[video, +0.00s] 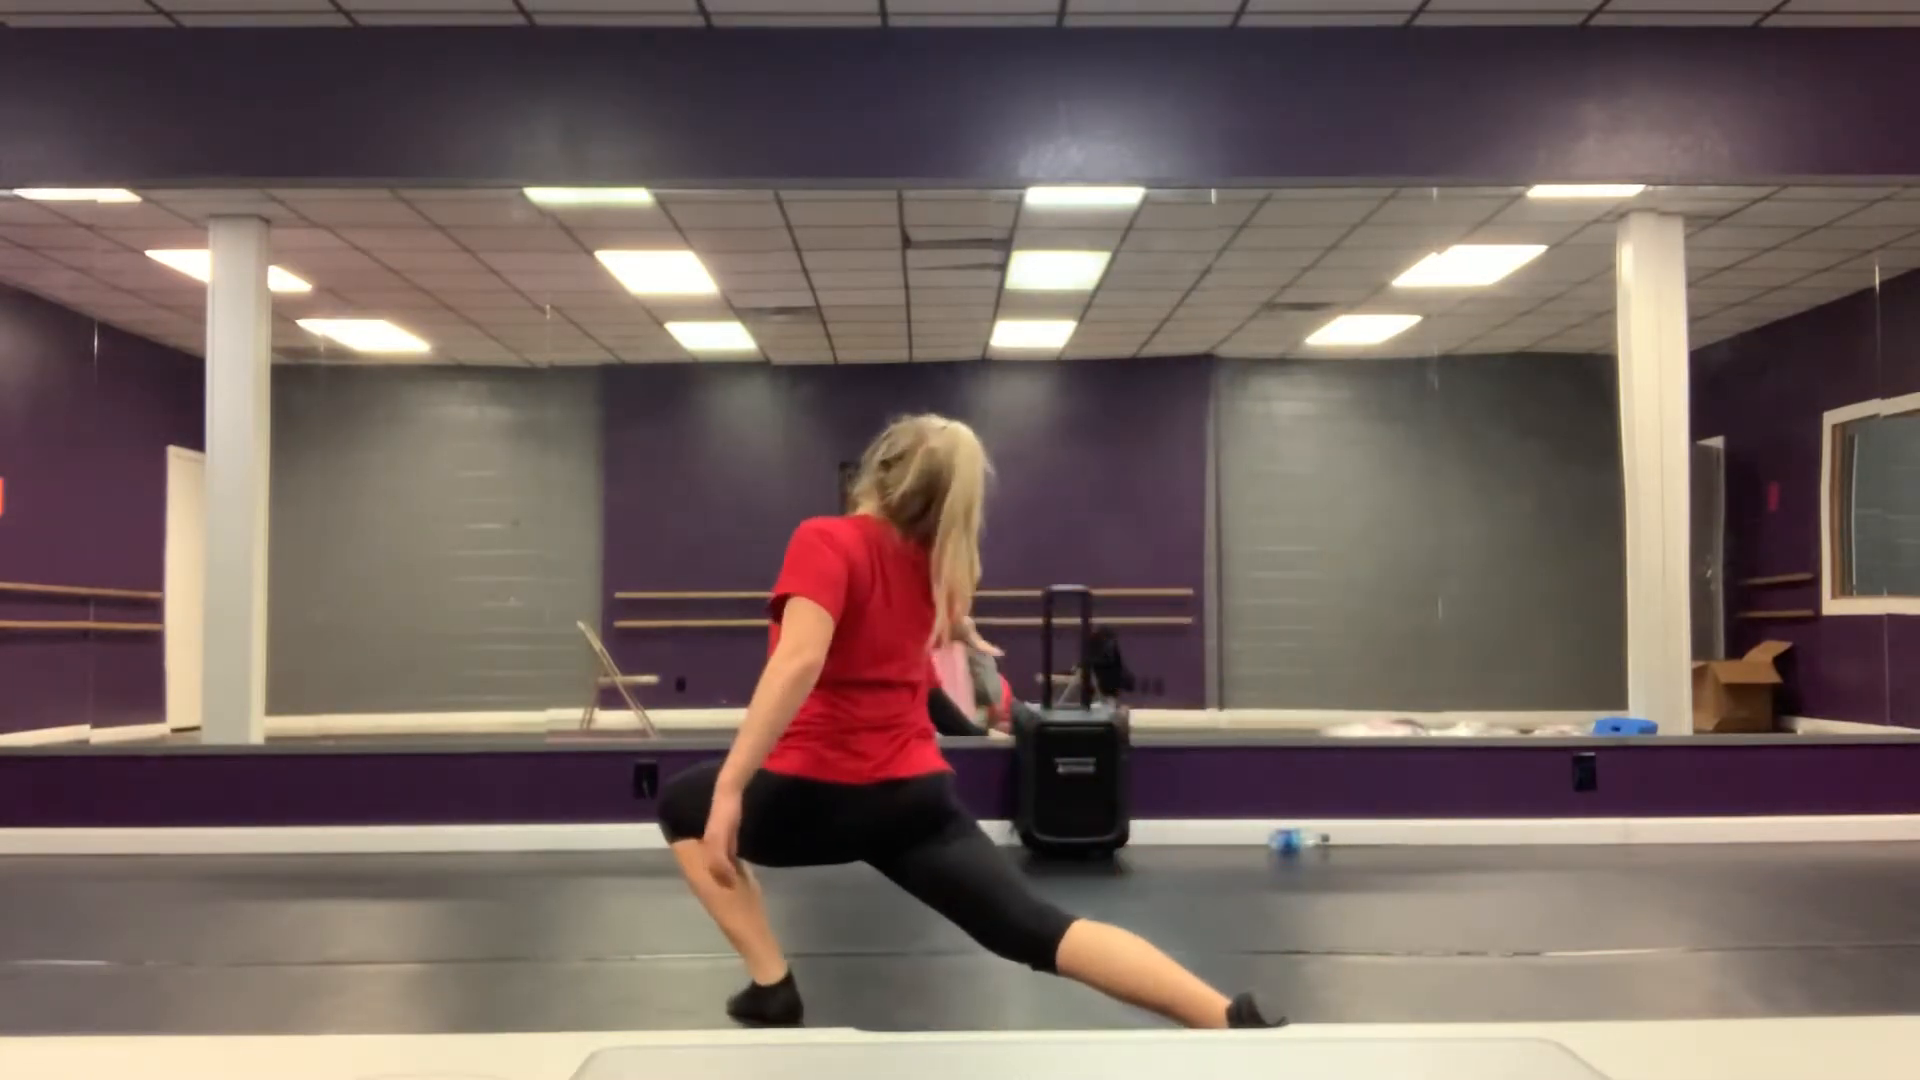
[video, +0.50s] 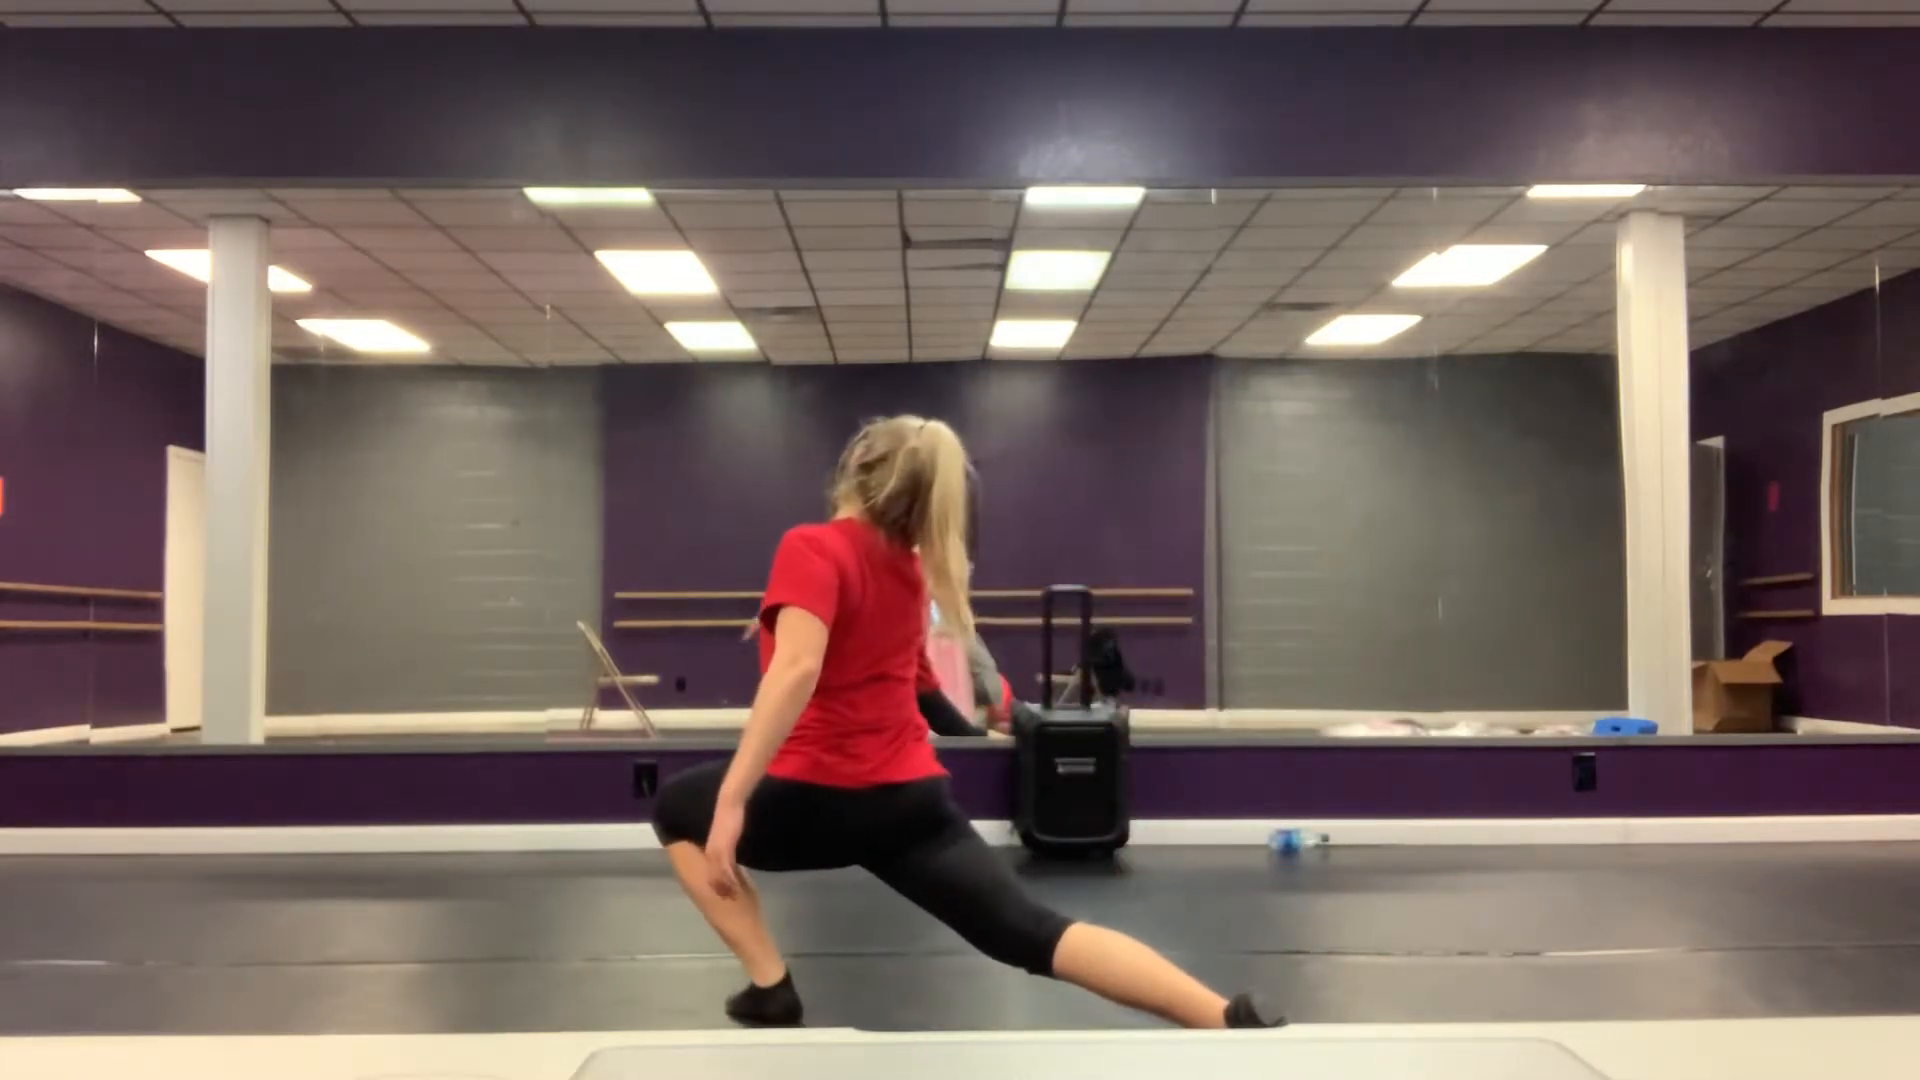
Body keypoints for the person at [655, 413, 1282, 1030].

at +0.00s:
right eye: (965, 494)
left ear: (881, 471)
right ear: (953, 500)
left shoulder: (829, 541)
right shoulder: (935, 565)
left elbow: (800, 659)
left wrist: (730, 786)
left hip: (812, 797)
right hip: (911, 796)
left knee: (683, 803)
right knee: (1030, 927)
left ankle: (770, 984)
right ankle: (1226, 1015)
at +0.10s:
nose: (961, 510)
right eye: (960, 494)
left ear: (878, 472)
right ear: (949, 500)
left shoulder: (826, 543)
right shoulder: (930, 569)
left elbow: (800, 659)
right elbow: (909, 664)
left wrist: (731, 786)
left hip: (813, 800)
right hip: (911, 798)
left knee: (679, 804)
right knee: (1030, 929)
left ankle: (770, 983)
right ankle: (1225, 1014)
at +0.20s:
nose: (956, 511)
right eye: (955, 495)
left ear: (875, 472)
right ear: (944, 500)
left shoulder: (824, 544)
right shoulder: (923, 568)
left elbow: (798, 661)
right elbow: (909, 674)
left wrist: (731, 788)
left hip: (814, 801)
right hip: (911, 798)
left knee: (679, 806)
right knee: (1030, 930)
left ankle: (769, 984)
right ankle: (1225, 1014)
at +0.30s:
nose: (955, 511)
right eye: (952, 495)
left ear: (870, 473)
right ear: (939, 499)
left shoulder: (822, 545)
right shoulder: (920, 566)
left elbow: (798, 665)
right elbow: (908, 675)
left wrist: (731, 790)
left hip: (815, 802)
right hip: (909, 799)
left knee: (678, 807)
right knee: (1029, 931)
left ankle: (769, 984)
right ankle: (1224, 1015)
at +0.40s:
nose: (952, 511)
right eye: (949, 496)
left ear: (867, 473)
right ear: (935, 498)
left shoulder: (819, 547)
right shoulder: (917, 566)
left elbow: (798, 668)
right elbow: (912, 672)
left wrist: (731, 794)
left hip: (815, 804)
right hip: (909, 800)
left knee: (677, 807)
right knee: (1028, 931)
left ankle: (769, 985)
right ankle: (1224, 1015)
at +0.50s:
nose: (948, 511)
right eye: (944, 495)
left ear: (860, 473)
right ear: (929, 497)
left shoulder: (816, 548)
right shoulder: (913, 566)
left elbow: (798, 669)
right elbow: (907, 674)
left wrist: (732, 798)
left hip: (816, 805)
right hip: (909, 801)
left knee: (677, 808)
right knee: (1028, 931)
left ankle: (769, 985)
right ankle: (1224, 1015)